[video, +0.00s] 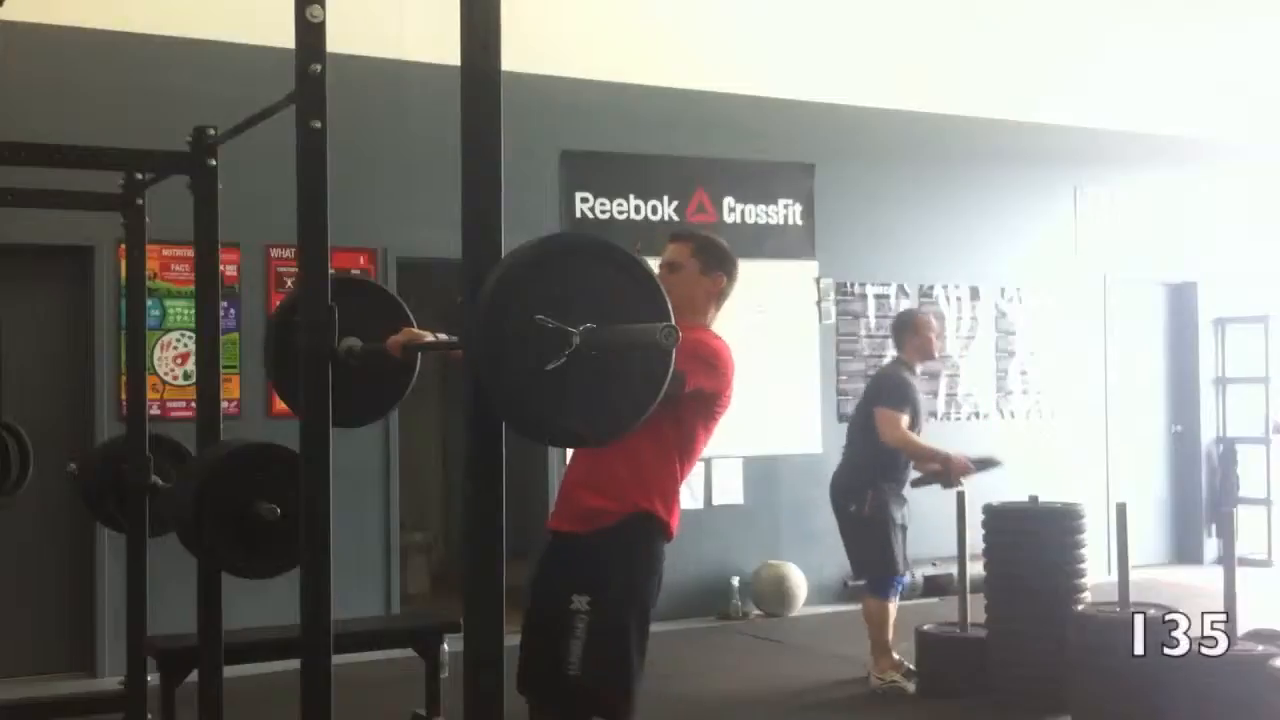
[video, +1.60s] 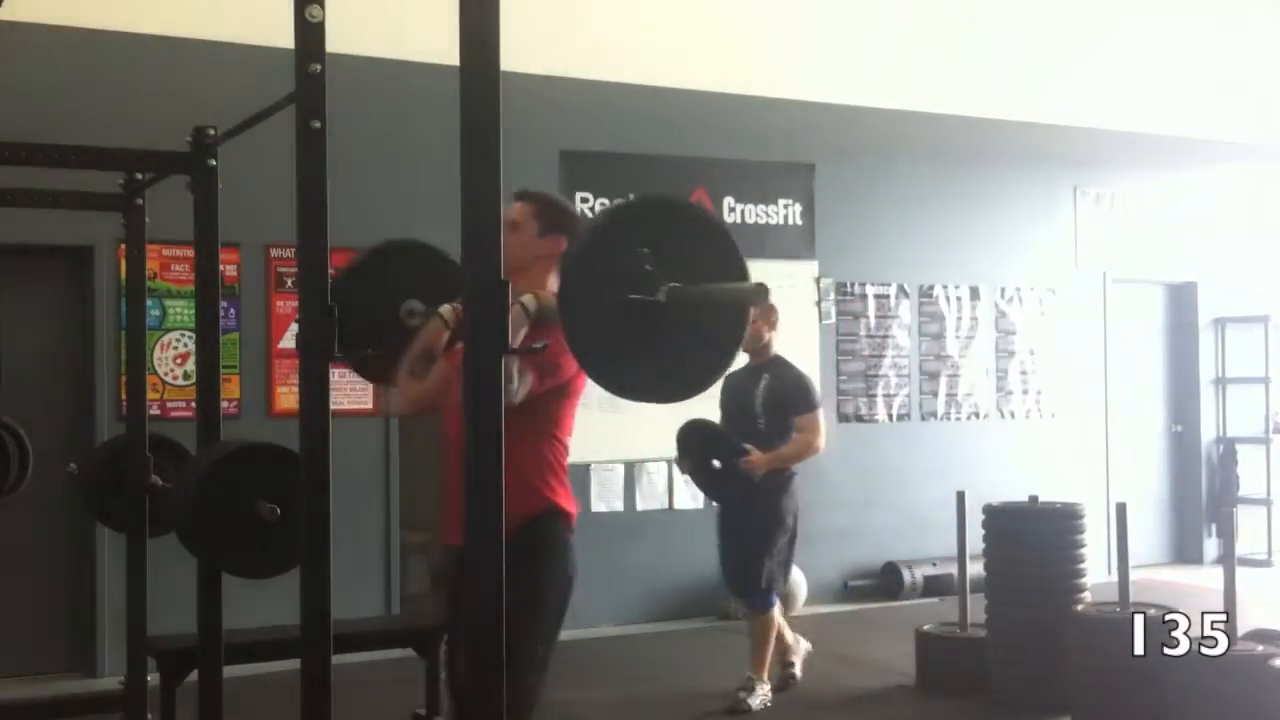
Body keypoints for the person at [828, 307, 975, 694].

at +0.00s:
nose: (937, 340)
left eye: (937, 333)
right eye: (931, 333)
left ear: (917, 338)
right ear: (911, 337)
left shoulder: (904, 382)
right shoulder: (892, 378)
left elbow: (903, 441)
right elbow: (890, 433)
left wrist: (936, 465)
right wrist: (944, 457)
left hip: (883, 488)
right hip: (865, 489)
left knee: (891, 576)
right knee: (882, 576)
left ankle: (885, 659)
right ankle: (881, 666)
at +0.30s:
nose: (895, 328)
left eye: (897, 321)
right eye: (886, 323)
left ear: (901, 325)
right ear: (870, 330)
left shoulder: (907, 378)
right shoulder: (853, 373)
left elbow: (909, 432)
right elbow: (836, 425)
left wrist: (933, 455)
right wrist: (881, 448)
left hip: (890, 490)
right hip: (853, 491)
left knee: (890, 573)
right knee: (854, 574)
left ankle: (882, 655)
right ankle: (844, 662)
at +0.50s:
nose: (861, 326)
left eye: (866, 320)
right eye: (853, 321)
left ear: (876, 326)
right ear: (844, 329)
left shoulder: (898, 379)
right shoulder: (827, 376)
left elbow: (907, 427)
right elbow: (804, 428)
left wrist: (915, 452)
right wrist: (829, 451)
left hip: (883, 485)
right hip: (841, 485)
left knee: (884, 572)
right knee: (832, 574)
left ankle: (882, 655)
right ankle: (813, 661)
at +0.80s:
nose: (810, 328)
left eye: (816, 320)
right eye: (803, 323)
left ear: (831, 326)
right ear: (798, 332)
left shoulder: (859, 376)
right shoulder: (784, 381)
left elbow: (886, 428)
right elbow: (765, 429)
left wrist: (872, 449)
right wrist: (770, 453)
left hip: (846, 486)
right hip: (800, 487)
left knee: (870, 569)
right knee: (803, 578)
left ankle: (881, 653)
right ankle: (805, 661)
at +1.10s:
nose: (780, 327)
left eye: (787, 320)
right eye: (775, 321)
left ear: (805, 325)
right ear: (770, 329)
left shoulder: (830, 374)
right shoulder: (761, 380)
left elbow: (860, 426)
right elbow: (752, 432)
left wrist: (833, 449)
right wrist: (738, 457)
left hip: (820, 484)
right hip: (778, 485)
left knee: (827, 573)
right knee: (792, 577)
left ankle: (838, 657)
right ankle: (805, 662)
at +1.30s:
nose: (766, 330)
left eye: (773, 324)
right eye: (762, 324)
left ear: (792, 328)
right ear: (758, 331)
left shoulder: (815, 376)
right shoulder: (750, 382)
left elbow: (845, 429)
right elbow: (743, 435)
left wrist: (809, 457)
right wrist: (722, 459)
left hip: (801, 487)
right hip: (763, 488)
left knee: (793, 581)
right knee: (782, 580)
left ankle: (787, 674)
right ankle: (808, 662)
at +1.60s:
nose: (750, 331)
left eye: (757, 323)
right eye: (745, 324)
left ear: (773, 326)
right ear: (738, 330)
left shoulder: (791, 379)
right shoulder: (732, 382)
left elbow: (812, 439)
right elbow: (730, 437)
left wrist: (766, 460)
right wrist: (698, 458)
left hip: (773, 493)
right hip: (736, 491)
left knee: (761, 587)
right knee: (741, 583)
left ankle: (759, 681)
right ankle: (794, 645)